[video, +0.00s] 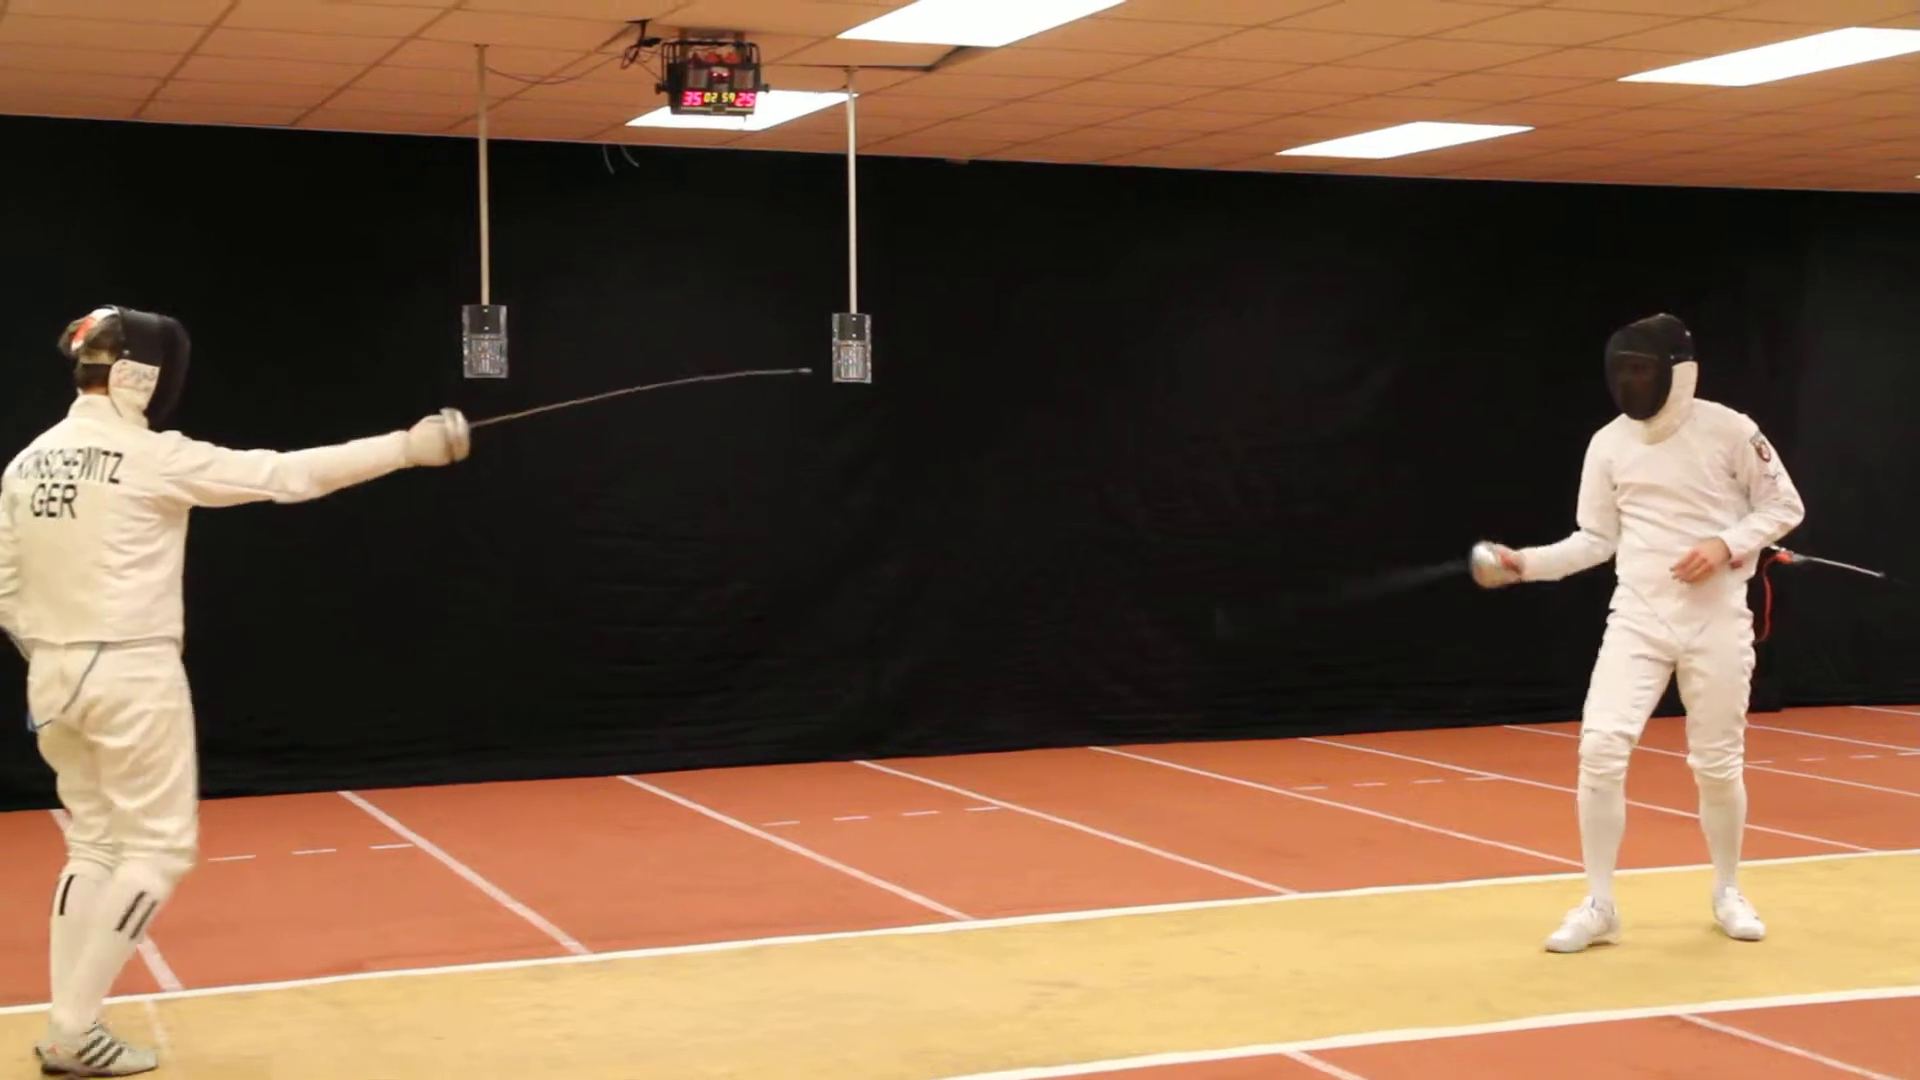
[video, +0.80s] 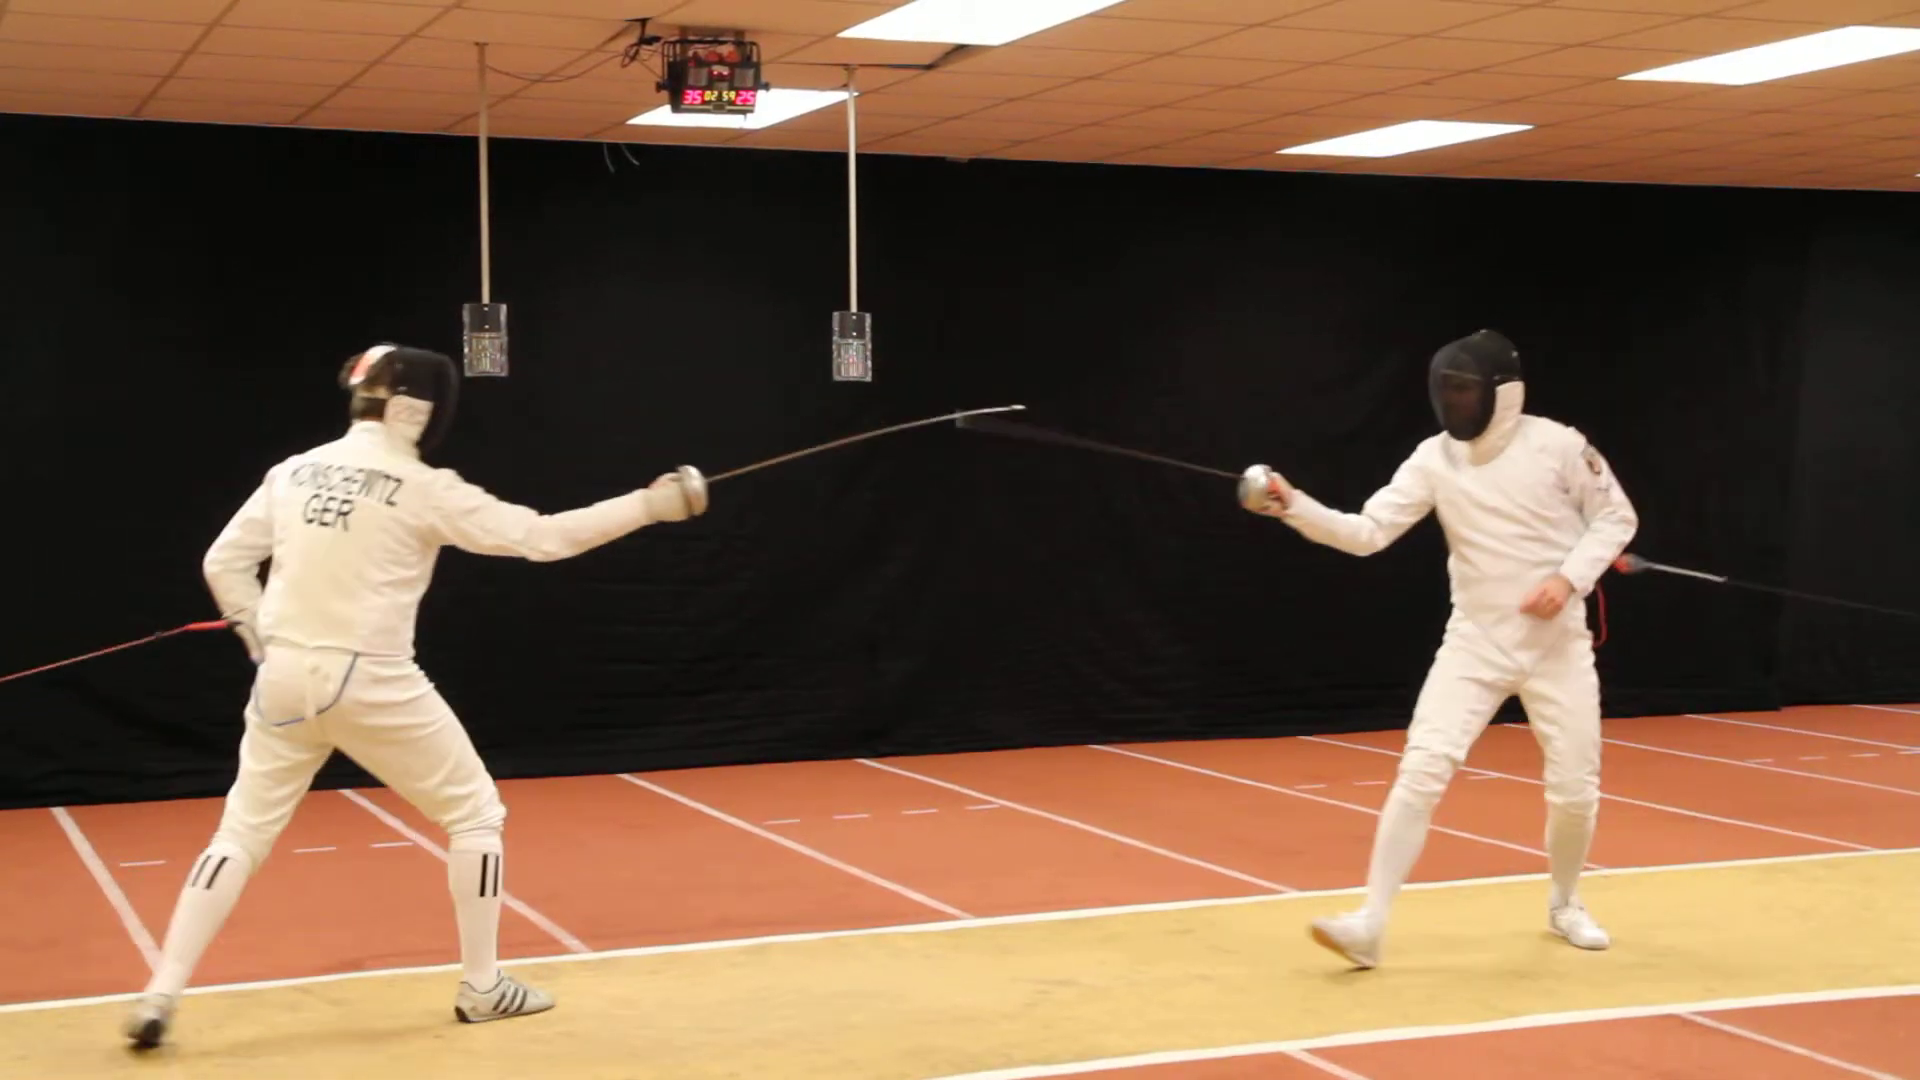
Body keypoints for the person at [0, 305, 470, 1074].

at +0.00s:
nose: (162, 392)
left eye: (163, 378)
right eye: (160, 378)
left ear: (83, 371)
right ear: (138, 376)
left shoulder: (21, 469)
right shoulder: (151, 456)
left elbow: (11, 598)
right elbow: (288, 474)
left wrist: (62, 660)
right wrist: (412, 444)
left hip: (52, 678)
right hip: (136, 675)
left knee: (92, 845)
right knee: (156, 847)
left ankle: (68, 1027)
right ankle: (73, 1027)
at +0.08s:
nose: (168, 393)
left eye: (169, 380)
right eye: (166, 380)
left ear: (91, 373)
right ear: (144, 378)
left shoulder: (30, 471)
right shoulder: (159, 456)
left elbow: (15, 599)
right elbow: (298, 475)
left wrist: (71, 662)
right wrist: (418, 440)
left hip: (65, 682)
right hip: (150, 675)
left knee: (96, 845)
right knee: (213, 833)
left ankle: (71, 1026)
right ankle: (106, 992)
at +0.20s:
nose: (185, 396)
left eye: (185, 383)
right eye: (181, 383)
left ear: (109, 381)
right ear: (158, 382)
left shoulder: (51, 473)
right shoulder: (180, 462)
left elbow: (19, 589)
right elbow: (319, 484)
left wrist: (80, 661)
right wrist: (434, 444)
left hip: (84, 684)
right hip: (169, 674)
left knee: (109, 846)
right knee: (276, 813)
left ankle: (68, 1025)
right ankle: (192, 979)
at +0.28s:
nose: (206, 399)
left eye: (205, 386)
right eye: (199, 385)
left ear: (129, 385)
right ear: (171, 387)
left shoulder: (68, 475)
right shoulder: (199, 465)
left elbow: (32, 589)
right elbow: (335, 491)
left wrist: (95, 660)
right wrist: (449, 449)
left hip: (102, 685)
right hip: (188, 675)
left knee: (120, 847)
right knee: (303, 810)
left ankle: (69, 1023)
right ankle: (284, 996)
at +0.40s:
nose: (245, 406)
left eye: (243, 393)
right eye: (239, 393)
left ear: (170, 393)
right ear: (214, 395)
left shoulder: (108, 479)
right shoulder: (238, 474)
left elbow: (64, 589)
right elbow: (368, 504)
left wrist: (129, 659)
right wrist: (482, 461)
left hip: (135, 691)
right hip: (226, 685)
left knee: (137, 852)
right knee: (335, 825)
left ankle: (72, 1022)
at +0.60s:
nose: (342, 423)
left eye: (338, 410)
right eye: (334, 410)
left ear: (267, 413)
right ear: (312, 417)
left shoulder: (204, 493)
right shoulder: (334, 495)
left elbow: (154, 596)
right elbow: (462, 529)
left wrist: (213, 663)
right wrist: (571, 485)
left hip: (218, 700)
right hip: (313, 698)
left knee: (185, 857)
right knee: (427, 823)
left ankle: (83, 1015)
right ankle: (479, 984)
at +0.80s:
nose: (431, 416)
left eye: (424, 402)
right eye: (427, 404)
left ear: (365, 402)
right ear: (413, 412)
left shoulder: (294, 472)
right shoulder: (425, 489)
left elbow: (224, 564)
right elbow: (546, 537)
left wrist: (268, 644)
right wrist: (654, 502)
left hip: (281, 679)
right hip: (376, 683)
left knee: (239, 834)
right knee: (474, 813)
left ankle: (158, 996)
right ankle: (482, 985)